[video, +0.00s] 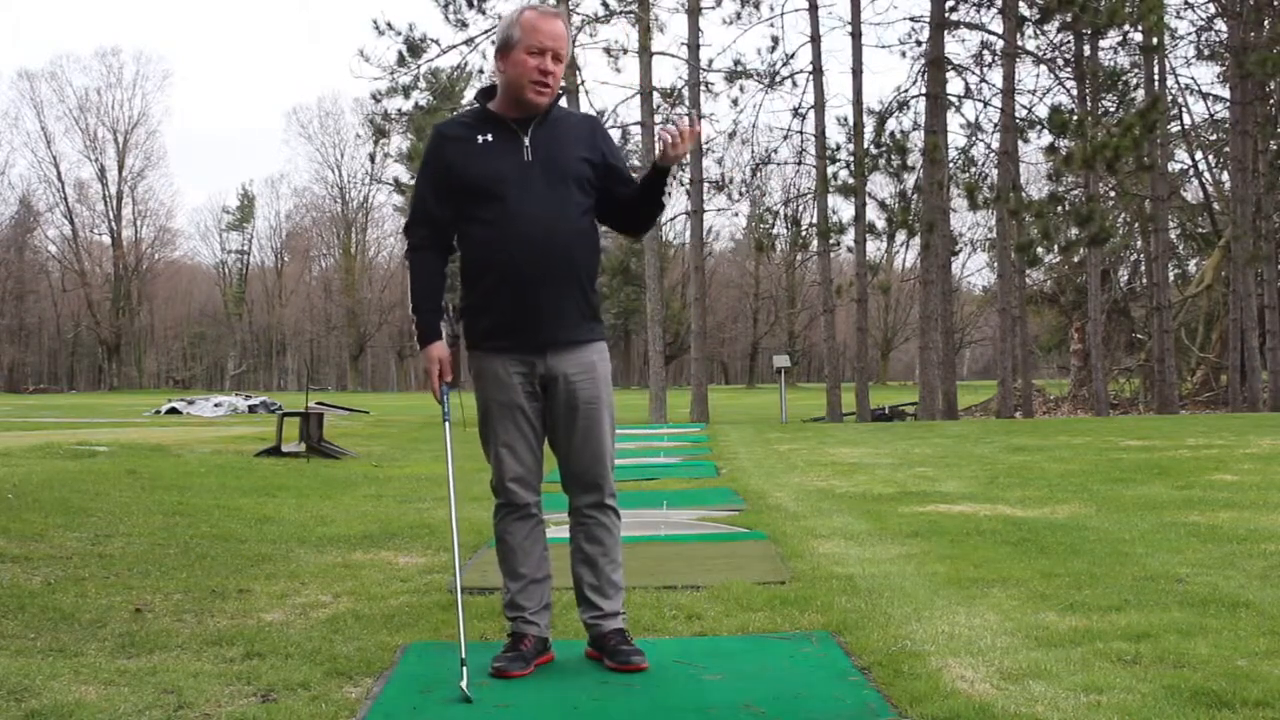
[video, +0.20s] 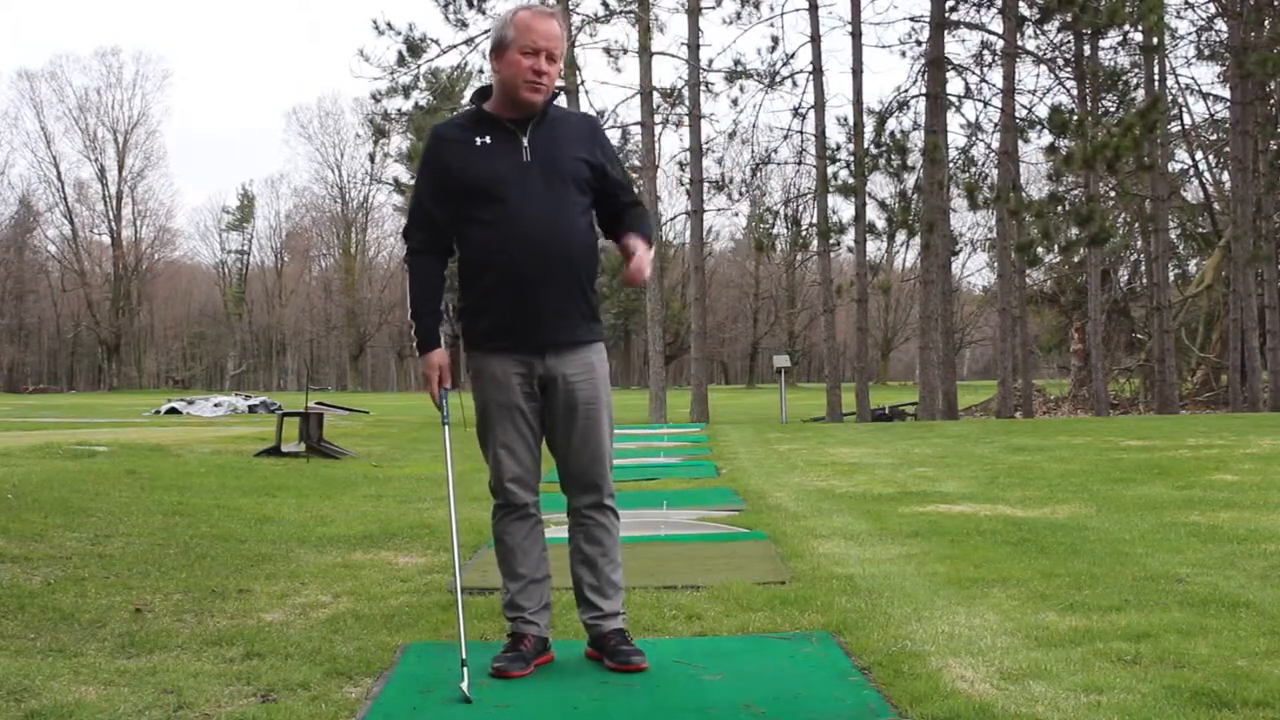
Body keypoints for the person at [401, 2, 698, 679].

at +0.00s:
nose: (549, 69)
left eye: (559, 59)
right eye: (537, 54)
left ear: (566, 68)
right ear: (501, 57)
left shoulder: (585, 135)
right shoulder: (454, 139)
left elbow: (631, 218)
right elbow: (427, 239)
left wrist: (660, 166)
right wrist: (430, 333)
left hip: (578, 341)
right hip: (497, 346)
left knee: (594, 493)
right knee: (515, 496)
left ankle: (608, 627)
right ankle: (527, 631)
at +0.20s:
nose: (544, 68)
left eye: (554, 58)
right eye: (531, 55)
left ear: (563, 66)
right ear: (496, 59)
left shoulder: (582, 132)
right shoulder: (451, 141)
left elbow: (622, 206)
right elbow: (426, 246)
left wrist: (637, 240)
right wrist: (430, 339)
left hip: (577, 341)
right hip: (494, 346)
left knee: (594, 493)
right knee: (514, 496)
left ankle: (608, 628)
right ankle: (527, 631)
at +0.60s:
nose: (530, 68)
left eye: (542, 57)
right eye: (518, 53)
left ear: (553, 64)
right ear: (487, 57)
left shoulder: (577, 131)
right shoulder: (442, 141)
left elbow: (614, 216)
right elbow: (415, 242)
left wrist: (632, 269)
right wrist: (428, 334)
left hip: (572, 340)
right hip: (488, 347)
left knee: (593, 492)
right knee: (511, 497)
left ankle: (607, 628)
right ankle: (527, 631)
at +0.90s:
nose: (526, 67)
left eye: (537, 56)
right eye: (514, 53)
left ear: (548, 65)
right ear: (484, 58)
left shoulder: (576, 133)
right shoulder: (441, 143)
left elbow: (613, 209)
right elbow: (417, 246)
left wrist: (624, 241)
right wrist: (425, 340)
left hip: (571, 338)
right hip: (487, 345)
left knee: (592, 492)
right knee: (511, 496)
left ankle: (608, 629)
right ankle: (528, 632)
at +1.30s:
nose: (537, 71)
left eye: (546, 60)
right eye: (524, 57)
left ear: (555, 66)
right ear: (489, 61)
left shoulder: (579, 130)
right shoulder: (444, 144)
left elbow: (648, 201)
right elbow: (419, 248)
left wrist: (620, 179)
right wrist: (429, 344)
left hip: (580, 337)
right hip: (497, 346)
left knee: (611, 485)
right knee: (515, 495)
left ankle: (616, 625)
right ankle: (528, 631)